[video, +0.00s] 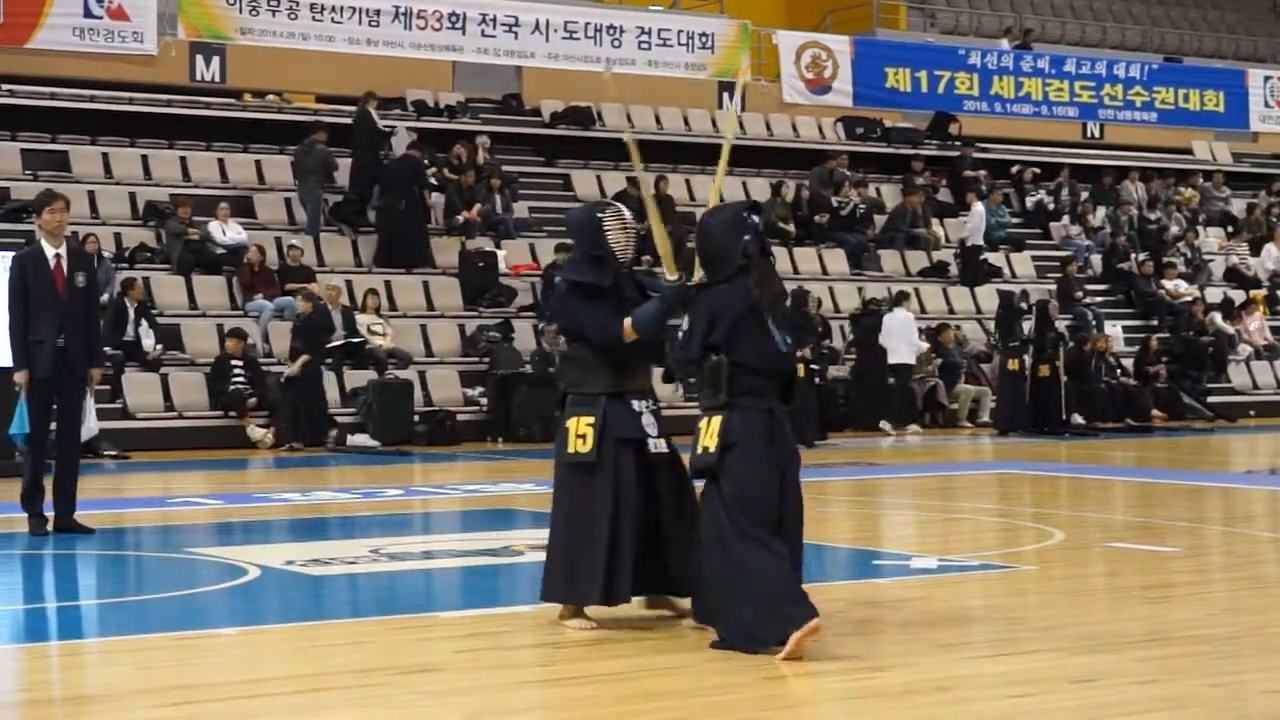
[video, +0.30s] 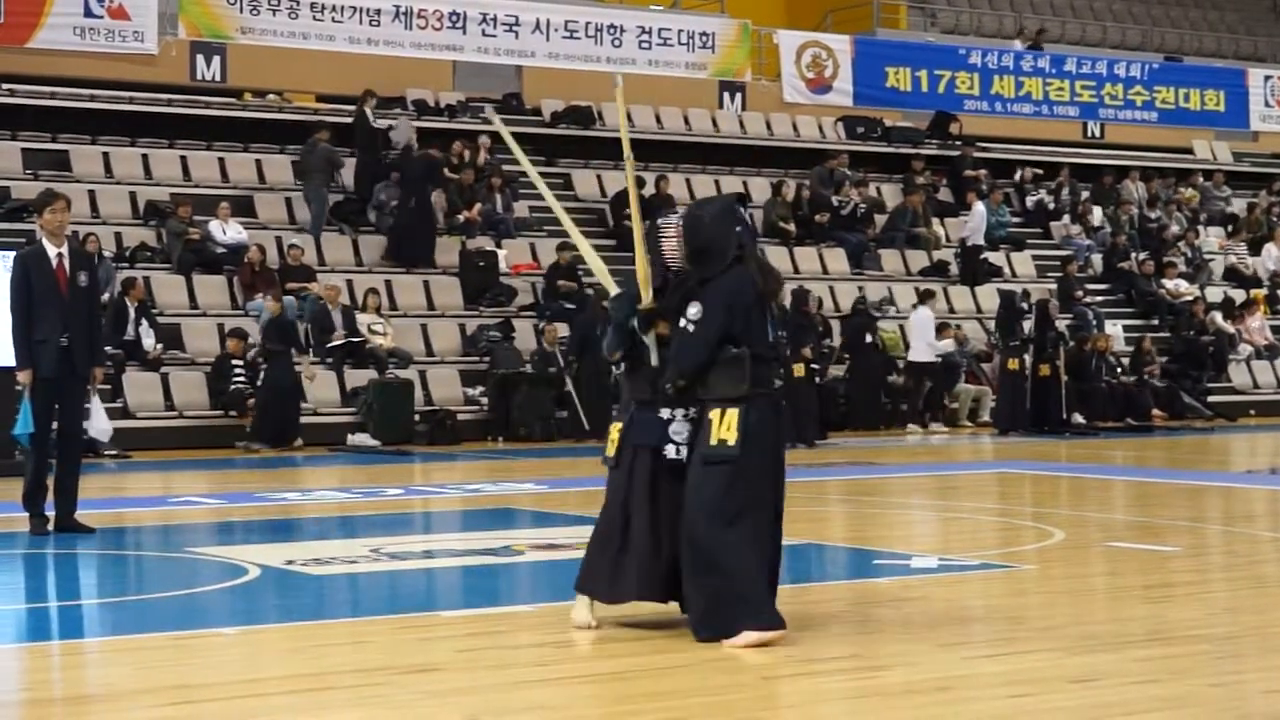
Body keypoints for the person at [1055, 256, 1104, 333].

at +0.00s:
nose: (1074, 268)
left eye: (1075, 265)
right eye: (1071, 266)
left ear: (1077, 266)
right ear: (1065, 268)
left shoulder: (1075, 280)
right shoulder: (1063, 281)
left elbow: (1085, 291)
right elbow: (1077, 296)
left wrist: (1081, 293)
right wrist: (1084, 291)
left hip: (1080, 303)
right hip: (1069, 305)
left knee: (1098, 313)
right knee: (1086, 314)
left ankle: (1101, 337)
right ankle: (1090, 339)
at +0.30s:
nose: (1075, 267)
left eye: (1076, 264)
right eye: (1072, 265)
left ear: (1077, 265)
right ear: (1066, 267)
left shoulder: (1076, 278)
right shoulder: (1064, 279)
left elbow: (1085, 290)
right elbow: (1077, 295)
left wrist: (1081, 293)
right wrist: (1085, 290)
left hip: (1080, 303)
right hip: (1070, 305)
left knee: (1099, 313)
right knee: (1087, 314)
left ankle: (1102, 337)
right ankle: (1091, 338)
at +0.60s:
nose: (1075, 268)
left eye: (1075, 265)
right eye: (1072, 265)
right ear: (1066, 267)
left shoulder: (1074, 279)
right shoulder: (1064, 280)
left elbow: (1085, 290)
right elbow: (1076, 296)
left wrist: (1081, 293)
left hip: (1080, 303)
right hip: (1069, 305)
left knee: (1099, 313)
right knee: (1086, 314)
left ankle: (1101, 337)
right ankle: (1088, 339)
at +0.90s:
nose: (1074, 269)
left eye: (1074, 266)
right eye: (1071, 266)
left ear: (1076, 267)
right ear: (1066, 268)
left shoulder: (1074, 280)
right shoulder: (1063, 281)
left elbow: (1084, 290)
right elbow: (1076, 296)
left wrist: (1080, 294)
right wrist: (1083, 292)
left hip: (1079, 304)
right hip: (1068, 306)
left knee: (1098, 314)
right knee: (1085, 315)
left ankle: (1100, 338)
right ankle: (1088, 339)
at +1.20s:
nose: (1073, 269)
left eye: (1074, 266)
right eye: (1070, 266)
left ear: (1075, 267)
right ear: (1065, 268)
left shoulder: (1074, 280)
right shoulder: (1062, 281)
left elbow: (1085, 292)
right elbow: (1076, 297)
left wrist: (1080, 294)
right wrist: (1084, 292)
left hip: (1079, 304)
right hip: (1068, 306)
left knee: (1098, 315)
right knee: (1085, 315)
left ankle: (1100, 337)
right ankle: (1090, 339)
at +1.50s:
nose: (1074, 269)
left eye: (1074, 267)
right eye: (1072, 267)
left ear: (1076, 268)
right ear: (1065, 268)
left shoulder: (1074, 280)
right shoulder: (1062, 282)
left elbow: (1085, 292)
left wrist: (1081, 295)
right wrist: (1084, 292)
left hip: (1079, 304)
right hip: (1068, 306)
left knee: (1098, 315)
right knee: (1086, 315)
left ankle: (1101, 338)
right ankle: (1089, 339)